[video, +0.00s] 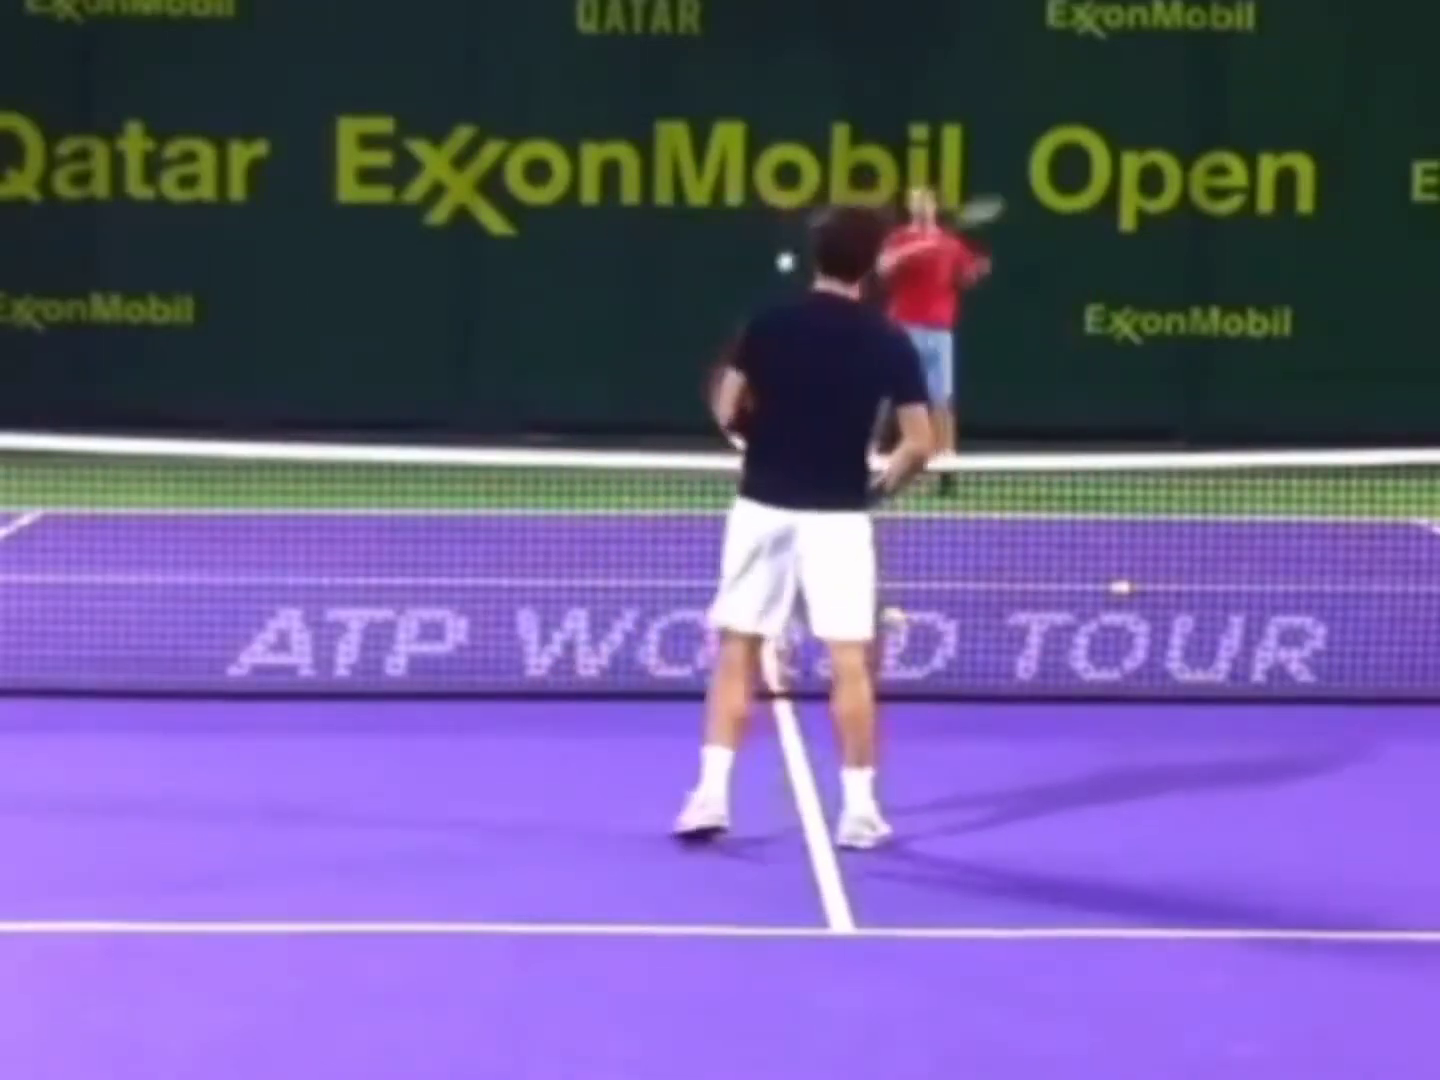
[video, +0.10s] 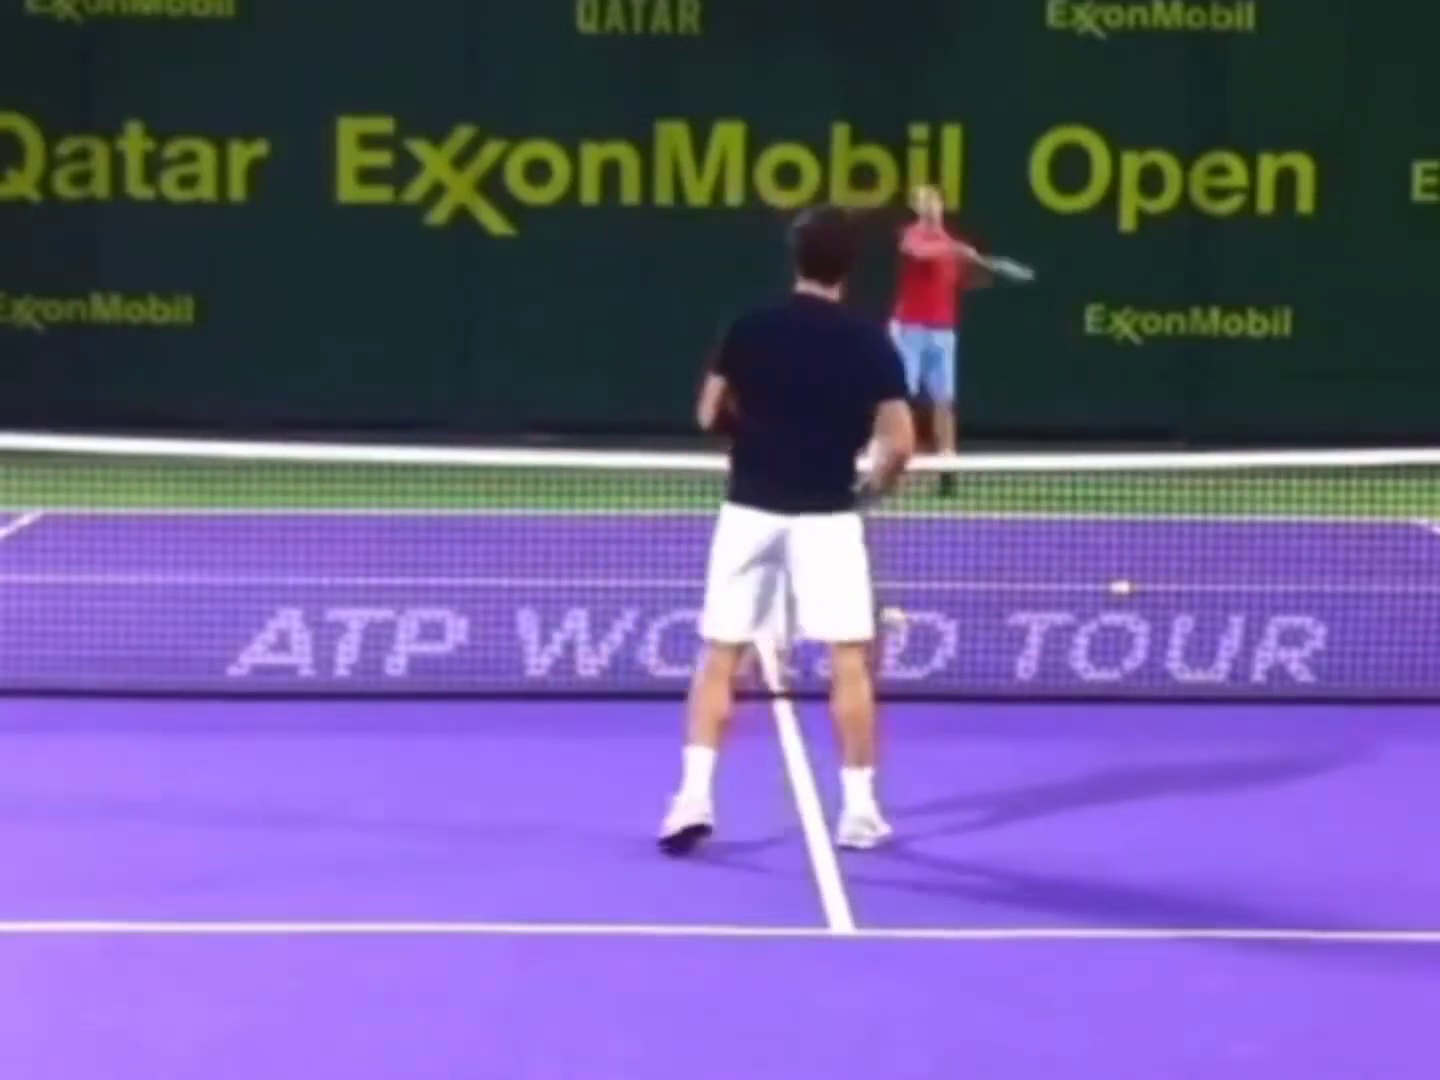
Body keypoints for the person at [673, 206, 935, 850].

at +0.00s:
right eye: (877, 264)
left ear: (814, 261)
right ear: (871, 269)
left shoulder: (771, 322)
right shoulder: (888, 343)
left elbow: (726, 405)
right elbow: (921, 441)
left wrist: (756, 436)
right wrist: (883, 472)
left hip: (762, 508)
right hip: (838, 517)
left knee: (737, 649)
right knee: (849, 660)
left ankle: (712, 790)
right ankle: (859, 805)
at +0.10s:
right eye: (844, 265)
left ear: (794, 264)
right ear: (849, 271)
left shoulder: (751, 327)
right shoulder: (867, 340)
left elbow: (710, 413)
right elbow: (899, 442)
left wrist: (757, 426)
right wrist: (870, 477)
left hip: (749, 511)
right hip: (826, 516)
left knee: (720, 655)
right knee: (848, 659)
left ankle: (694, 794)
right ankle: (859, 806)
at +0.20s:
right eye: (816, 270)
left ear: (770, 270)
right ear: (823, 275)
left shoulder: (728, 332)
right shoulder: (841, 343)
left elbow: (688, 419)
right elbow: (873, 447)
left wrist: (730, 428)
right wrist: (853, 494)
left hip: (731, 516)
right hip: (808, 523)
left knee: (706, 664)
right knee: (841, 658)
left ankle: (685, 808)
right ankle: (859, 805)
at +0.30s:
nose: (790, 281)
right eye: (795, 272)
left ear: (743, 273)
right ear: (799, 278)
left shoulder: (701, 334)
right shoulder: (807, 346)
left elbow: (658, 422)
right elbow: (836, 450)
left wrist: (709, 432)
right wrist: (857, 489)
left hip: (706, 522)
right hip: (783, 528)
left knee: (696, 668)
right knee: (820, 663)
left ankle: (682, 817)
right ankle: (855, 802)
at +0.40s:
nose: (784, 274)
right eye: (786, 265)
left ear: (731, 264)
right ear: (786, 271)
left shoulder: (688, 324)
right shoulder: (787, 339)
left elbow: (623, 408)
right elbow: (816, 446)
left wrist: (669, 445)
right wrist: (873, 480)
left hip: (683, 518)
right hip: (758, 523)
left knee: (684, 664)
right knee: (794, 657)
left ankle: (680, 815)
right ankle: (826, 800)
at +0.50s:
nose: (779, 272)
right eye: (781, 263)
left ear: (725, 260)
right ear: (780, 270)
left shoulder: (675, 319)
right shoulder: (777, 338)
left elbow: (599, 392)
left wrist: (633, 452)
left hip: (666, 516)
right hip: (741, 522)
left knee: (672, 667)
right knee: (783, 660)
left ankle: (678, 818)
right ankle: (797, 813)